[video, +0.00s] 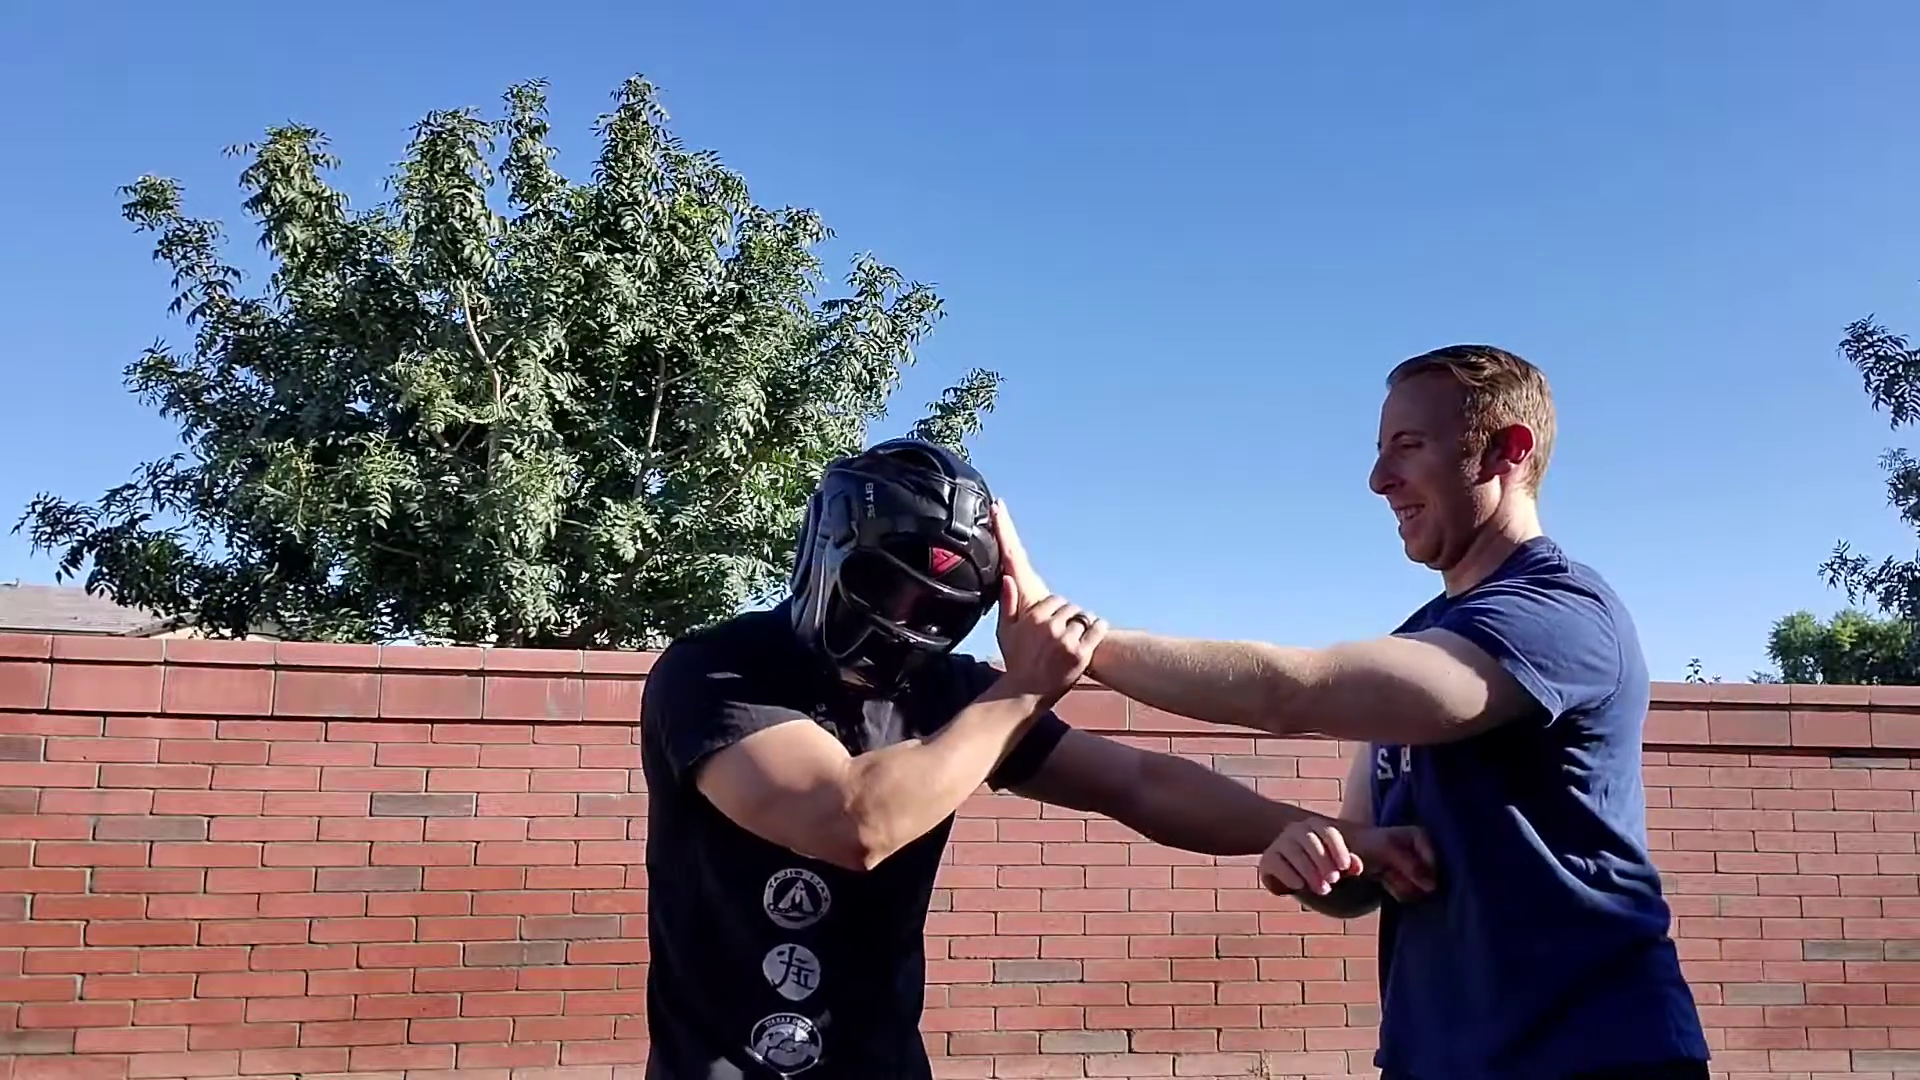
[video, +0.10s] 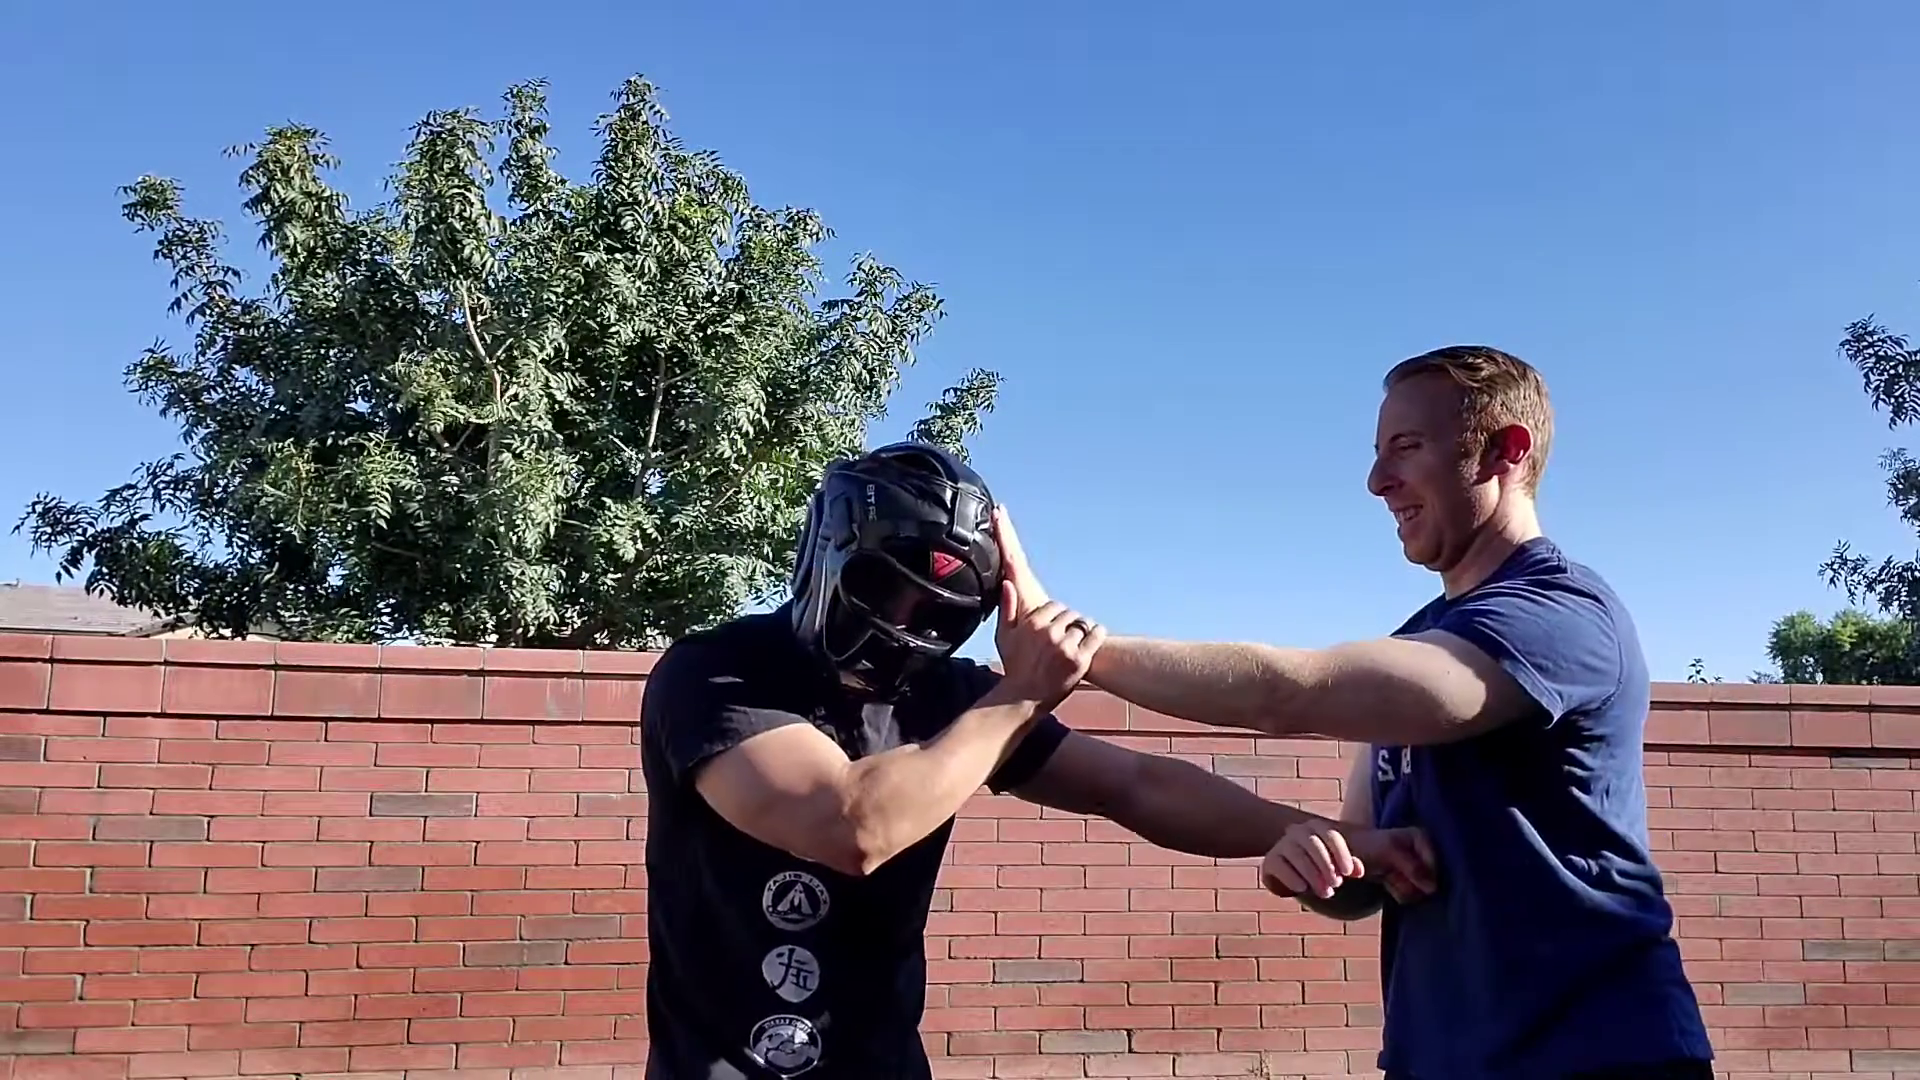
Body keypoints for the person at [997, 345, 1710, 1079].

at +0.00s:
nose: (1379, 478)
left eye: (1405, 446)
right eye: (1383, 452)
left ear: (1505, 454)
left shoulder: (1565, 612)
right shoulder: (1420, 643)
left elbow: (1298, 693)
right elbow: (1371, 861)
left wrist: (1075, 634)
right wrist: (1318, 859)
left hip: (1588, 1041)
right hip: (1436, 1047)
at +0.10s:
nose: (1377, 480)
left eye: (1403, 448)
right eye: (1380, 455)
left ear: (1506, 454)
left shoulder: (1567, 613)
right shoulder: (1417, 647)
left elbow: (1308, 691)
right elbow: (1371, 860)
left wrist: (1078, 645)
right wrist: (1313, 857)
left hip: (1592, 1043)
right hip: (1438, 1049)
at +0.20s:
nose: (1376, 480)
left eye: (1403, 449)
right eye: (1379, 455)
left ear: (1505, 454)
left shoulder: (1568, 614)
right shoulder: (1419, 647)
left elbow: (1306, 688)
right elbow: (1380, 869)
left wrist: (1080, 642)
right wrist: (1316, 861)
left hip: (1595, 1043)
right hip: (1441, 1049)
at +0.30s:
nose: (1375, 479)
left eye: (1401, 448)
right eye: (1377, 455)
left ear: (1504, 454)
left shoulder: (1567, 612)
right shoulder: (1413, 646)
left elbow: (1306, 689)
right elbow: (1369, 858)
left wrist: (1077, 641)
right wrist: (1313, 862)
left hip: (1594, 1044)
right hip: (1439, 1049)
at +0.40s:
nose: (1369, 480)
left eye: (1396, 447)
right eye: (1370, 456)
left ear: (1499, 453)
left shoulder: (1563, 611)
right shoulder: (1406, 646)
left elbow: (1308, 689)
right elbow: (1362, 862)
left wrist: (1078, 640)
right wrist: (1309, 861)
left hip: (1596, 1045)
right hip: (1439, 1052)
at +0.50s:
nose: (1364, 483)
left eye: (1390, 451)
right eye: (1364, 459)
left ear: (1494, 453)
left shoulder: (1565, 612)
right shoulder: (1406, 646)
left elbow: (1302, 685)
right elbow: (1359, 865)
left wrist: (1074, 637)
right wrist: (1312, 861)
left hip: (1598, 1046)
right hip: (1439, 1053)